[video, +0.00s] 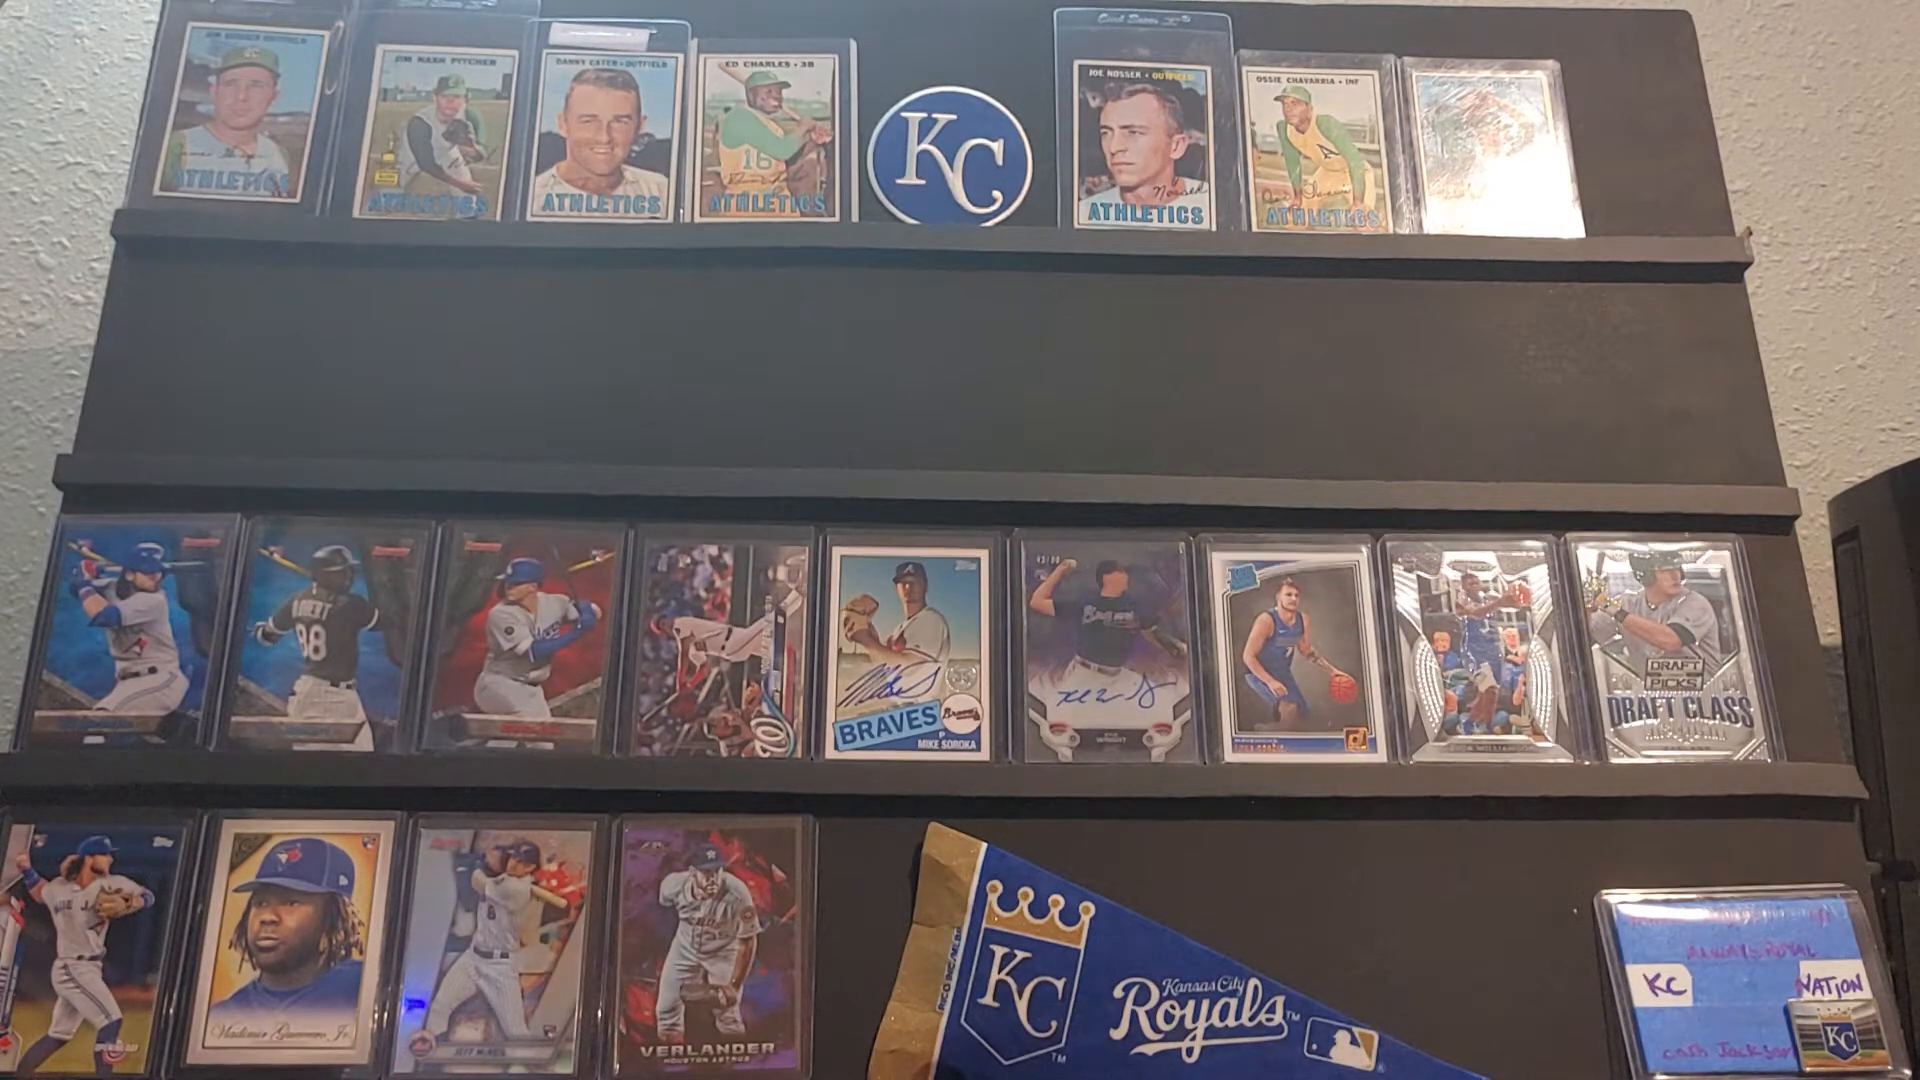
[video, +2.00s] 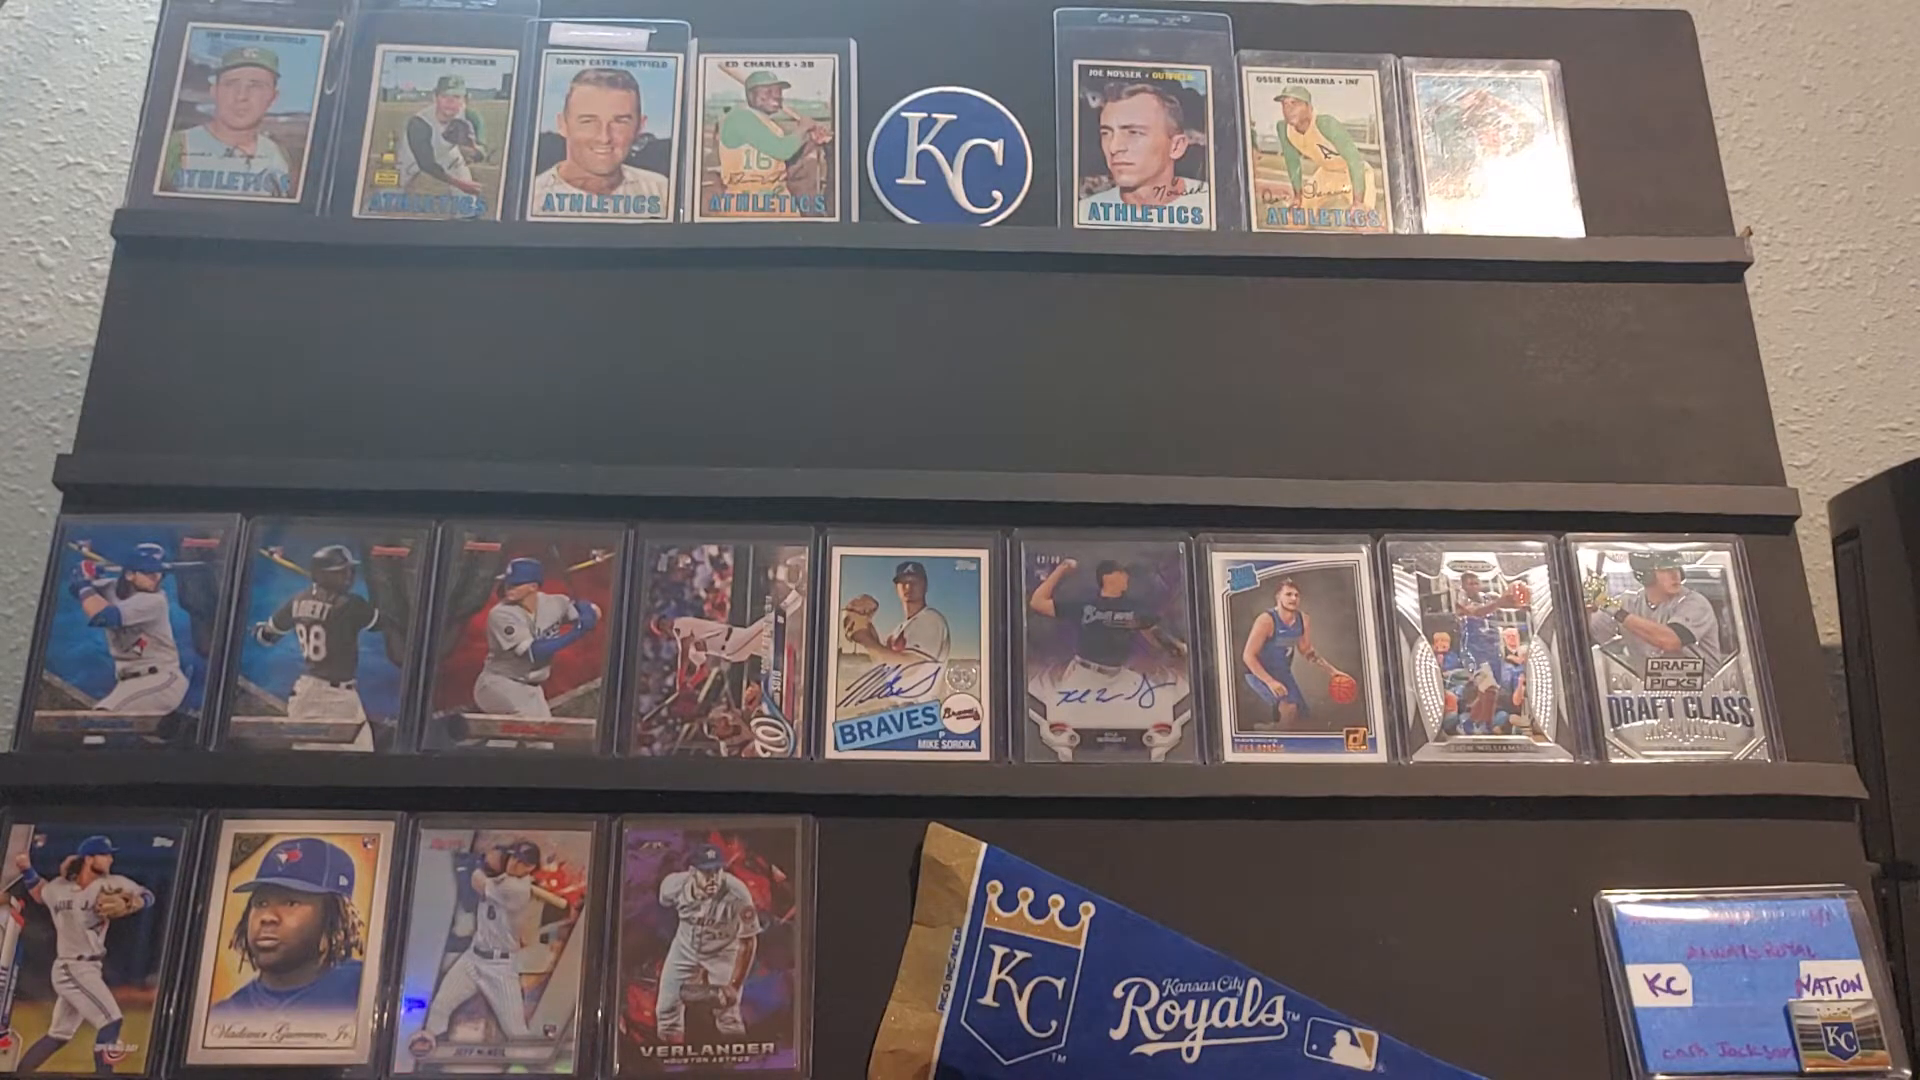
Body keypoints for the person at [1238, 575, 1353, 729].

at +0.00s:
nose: (1293, 599)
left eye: (1296, 595)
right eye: (1288, 595)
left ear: (1299, 598)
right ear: (1278, 597)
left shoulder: (1302, 619)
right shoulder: (1266, 620)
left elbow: (1306, 650)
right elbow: (1248, 656)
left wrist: (1332, 671)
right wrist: (1270, 681)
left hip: (1283, 672)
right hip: (1260, 672)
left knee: (1301, 712)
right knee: (1289, 706)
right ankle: (1284, 750)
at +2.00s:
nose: (1293, 599)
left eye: (1296, 595)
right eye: (1288, 595)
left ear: (1300, 598)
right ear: (1278, 598)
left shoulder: (1302, 619)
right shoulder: (1266, 620)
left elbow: (1307, 650)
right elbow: (1248, 656)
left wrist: (1332, 671)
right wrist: (1270, 682)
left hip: (1283, 672)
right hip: (1260, 672)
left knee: (1300, 713)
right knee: (1289, 707)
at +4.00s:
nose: (1293, 599)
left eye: (1296, 595)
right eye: (1288, 595)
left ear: (1299, 598)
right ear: (1278, 598)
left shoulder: (1302, 619)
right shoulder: (1266, 620)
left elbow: (1306, 650)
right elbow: (1248, 656)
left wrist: (1333, 671)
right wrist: (1270, 682)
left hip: (1284, 673)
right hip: (1260, 673)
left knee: (1302, 714)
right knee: (1288, 706)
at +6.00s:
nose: (1293, 599)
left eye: (1296, 595)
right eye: (1288, 595)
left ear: (1299, 598)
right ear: (1278, 597)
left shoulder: (1302, 619)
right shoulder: (1266, 620)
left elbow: (1306, 650)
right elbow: (1248, 656)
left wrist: (1333, 672)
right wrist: (1270, 682)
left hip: (1283, 673)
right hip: (1260, 673)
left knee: (1302, 715)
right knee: (1289, 707)